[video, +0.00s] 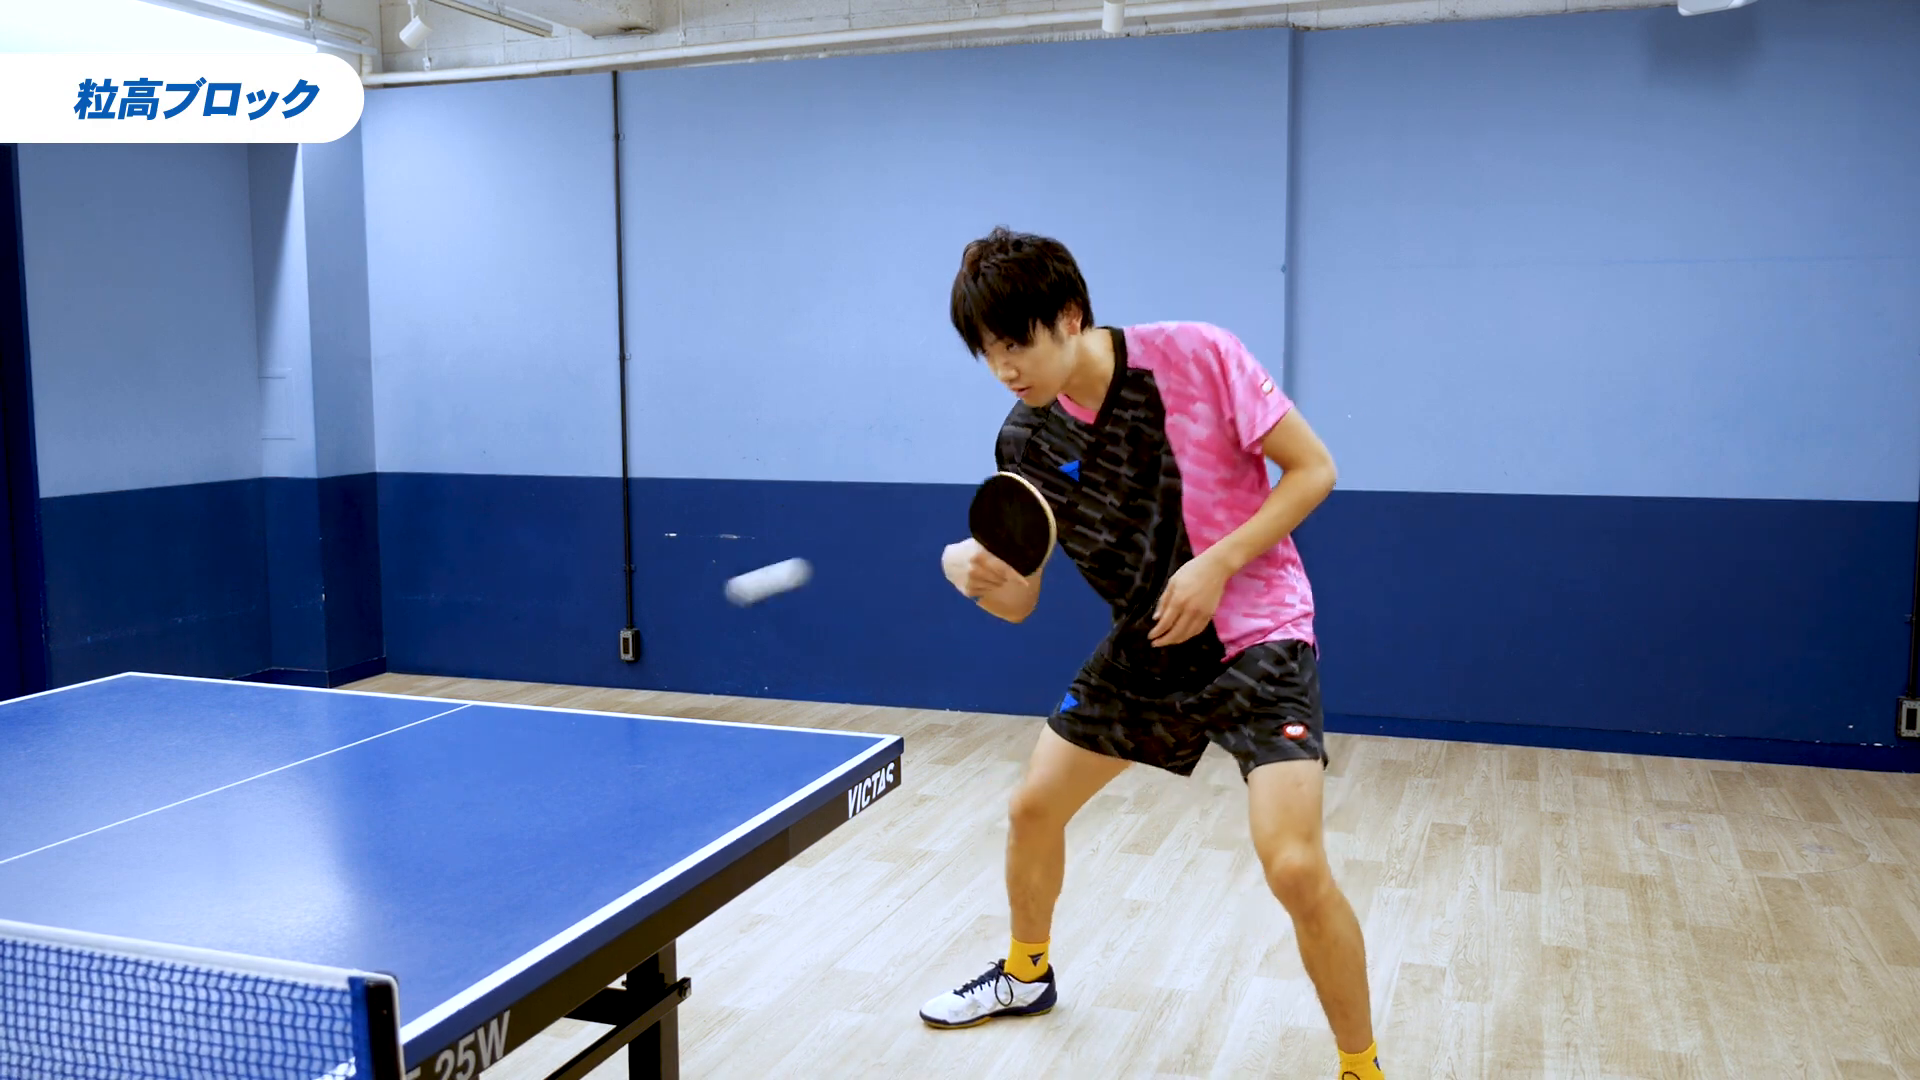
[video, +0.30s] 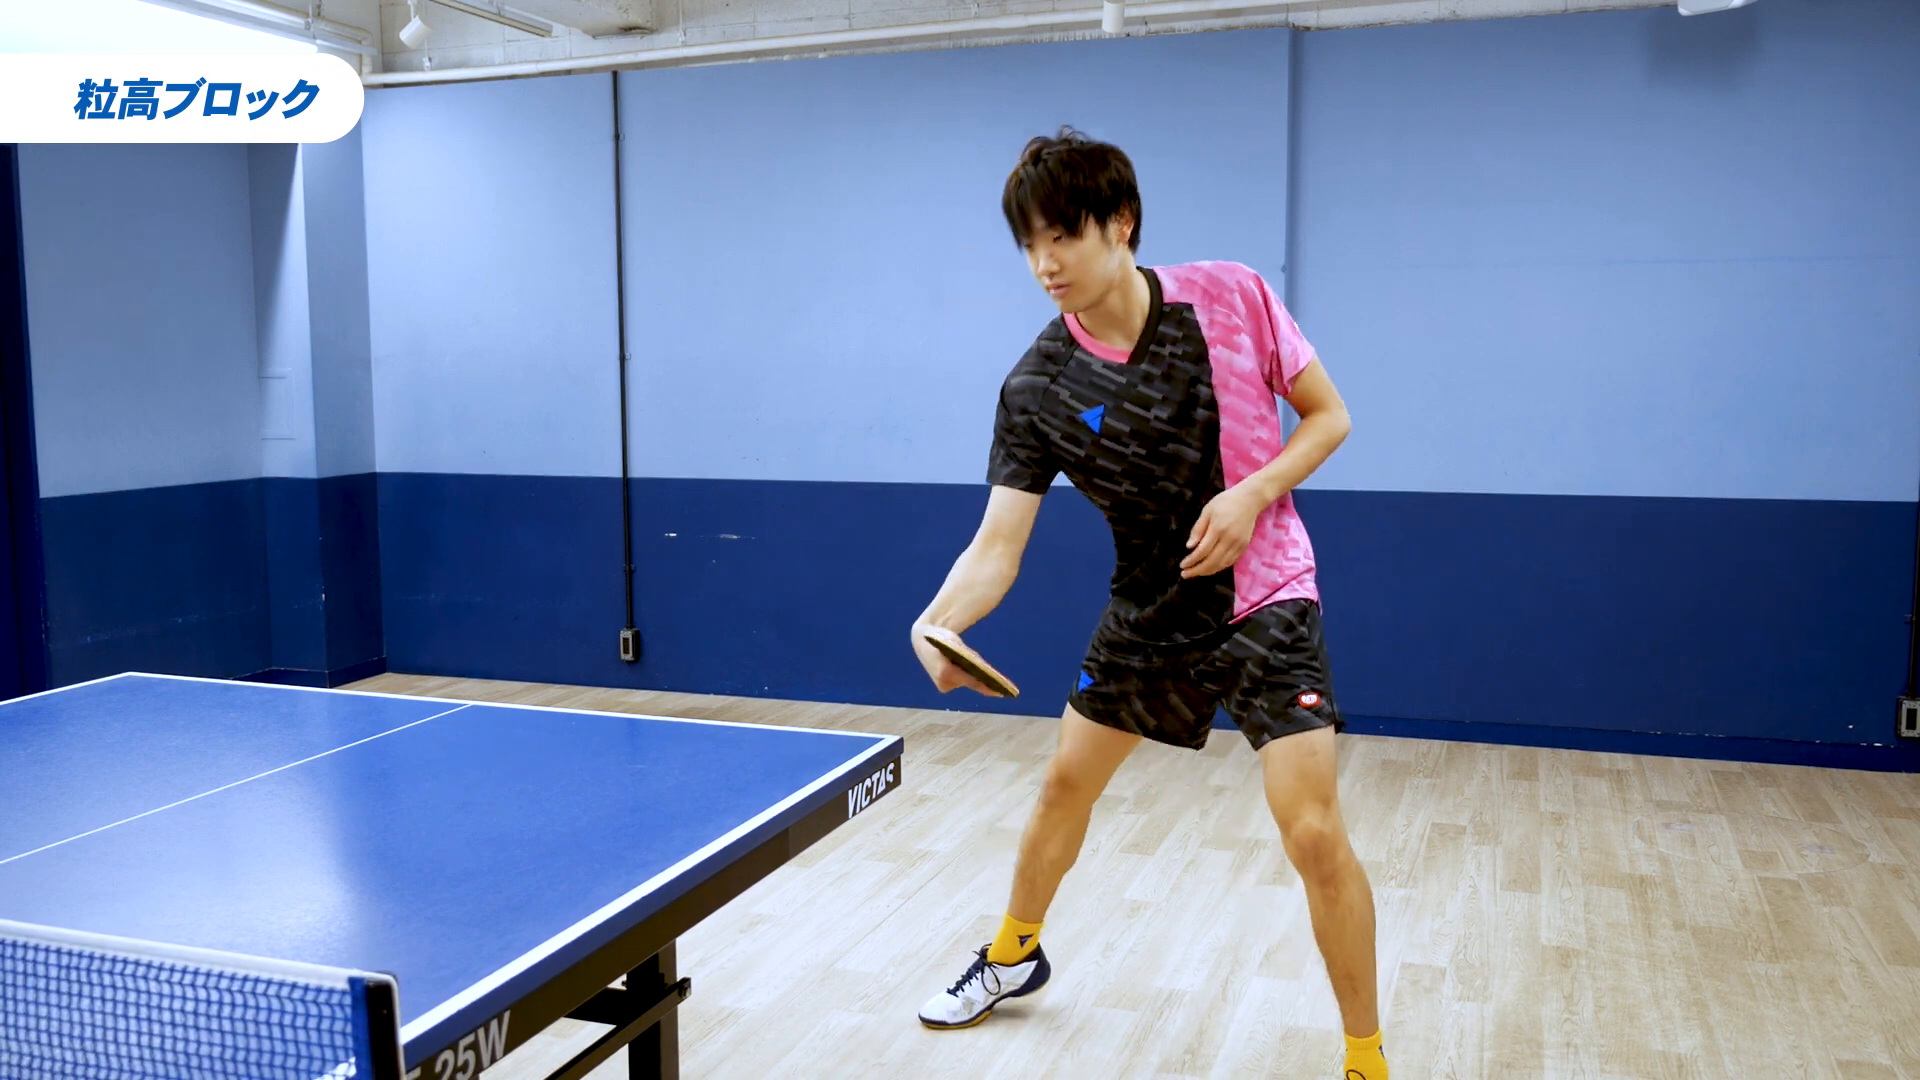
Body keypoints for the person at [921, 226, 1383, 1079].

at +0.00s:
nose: (1004, 371)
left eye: (1014, 345)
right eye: (987, 354)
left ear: (1070, 317)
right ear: (977, 351)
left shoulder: (1197, 356)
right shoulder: (1028, 439)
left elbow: (1314, 470)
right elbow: (1019, 601)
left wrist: (1217, 564)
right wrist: (975, 573)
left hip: (1260, 632)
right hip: (1146, 641)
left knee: (1295, 868)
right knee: (1033, 807)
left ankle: (1360, 1065)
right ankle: (1025, 973)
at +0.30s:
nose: (1046, 261)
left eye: (1063, 234)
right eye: (1030, 242)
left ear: (1122, 225)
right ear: (1023, 252)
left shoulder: (1231, 296)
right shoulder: (1039, 388)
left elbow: (1330, 417)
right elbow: (997, 544)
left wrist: (1253, 495)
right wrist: (937, 623)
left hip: (1265, 591)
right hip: (1148, 598)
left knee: (1312, 833)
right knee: (1064, 783)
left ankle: (1365, 1056)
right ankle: (1014, 951)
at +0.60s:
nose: (1046, 283)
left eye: (1066, 260)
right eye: (1035, 265)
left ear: (1124, 262)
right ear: (1029, 276)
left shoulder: (1219, 358)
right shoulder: (1043, 403)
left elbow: (1310, 499)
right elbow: (1028, 555)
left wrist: (1190, 565)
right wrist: (974, 623)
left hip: (1226, 658)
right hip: (1113, 655)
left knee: (1268, 886)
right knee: (995, 810)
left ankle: (1355, 1067)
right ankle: (1021, 970)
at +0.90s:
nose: (992, 275)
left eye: (1010, 252)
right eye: (981, 259)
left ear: (1067, 249)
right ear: (978, 267)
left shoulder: (1166, 338)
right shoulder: (1022, 386)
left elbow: (1260, 472)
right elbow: (1044, 523)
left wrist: (1132, 536)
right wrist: (992, 601)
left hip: (1214, 631)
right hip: (1110, 635)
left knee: (1258, 858)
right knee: (1014, 792)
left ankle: (1354, 1062)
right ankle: (1023, 970)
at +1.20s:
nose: (1003, 367)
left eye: (1015, 341)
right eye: (989, 350)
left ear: (1072, 321)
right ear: (983, 352)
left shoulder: (1191, 391)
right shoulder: (1037, 445)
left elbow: (1297, 516)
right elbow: (1042, 565)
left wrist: (1179, 598)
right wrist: (996, 613)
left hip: (1246, 654)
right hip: (1138, 659)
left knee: (1268, 887)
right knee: (1008, 808)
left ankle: (1356, 1068)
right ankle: (1023, 972)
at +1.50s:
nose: (1059, 352)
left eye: (1072, 326)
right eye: (1041, 335)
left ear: (1128, 299)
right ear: (1028, 333)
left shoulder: (1251, 345)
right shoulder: (1064, 436)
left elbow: (1352, 457)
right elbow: (1047, 580)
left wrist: (1274, 550)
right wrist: (1009, 602)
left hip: (1284, 630)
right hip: (1163, 637)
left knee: (1316, 866)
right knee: (1055, 807)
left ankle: (1363, 1067)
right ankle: (1025, 970)